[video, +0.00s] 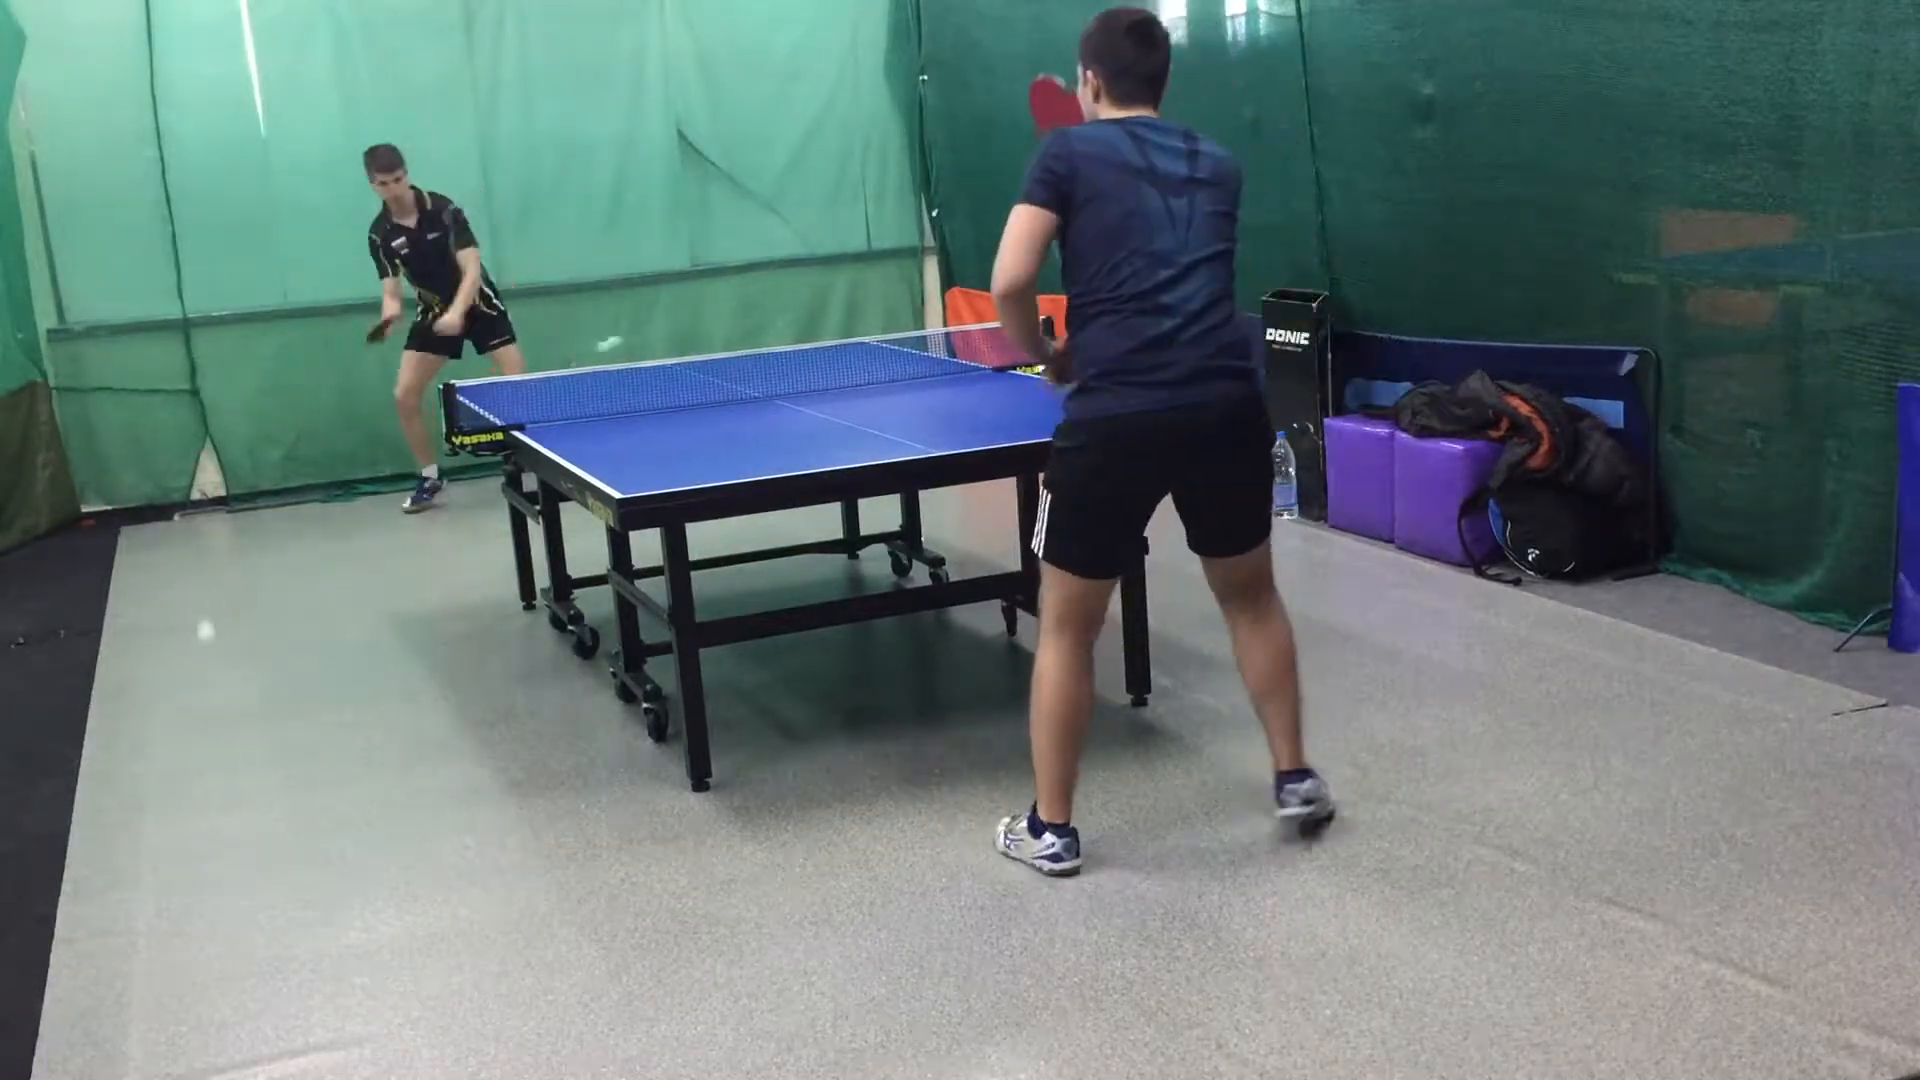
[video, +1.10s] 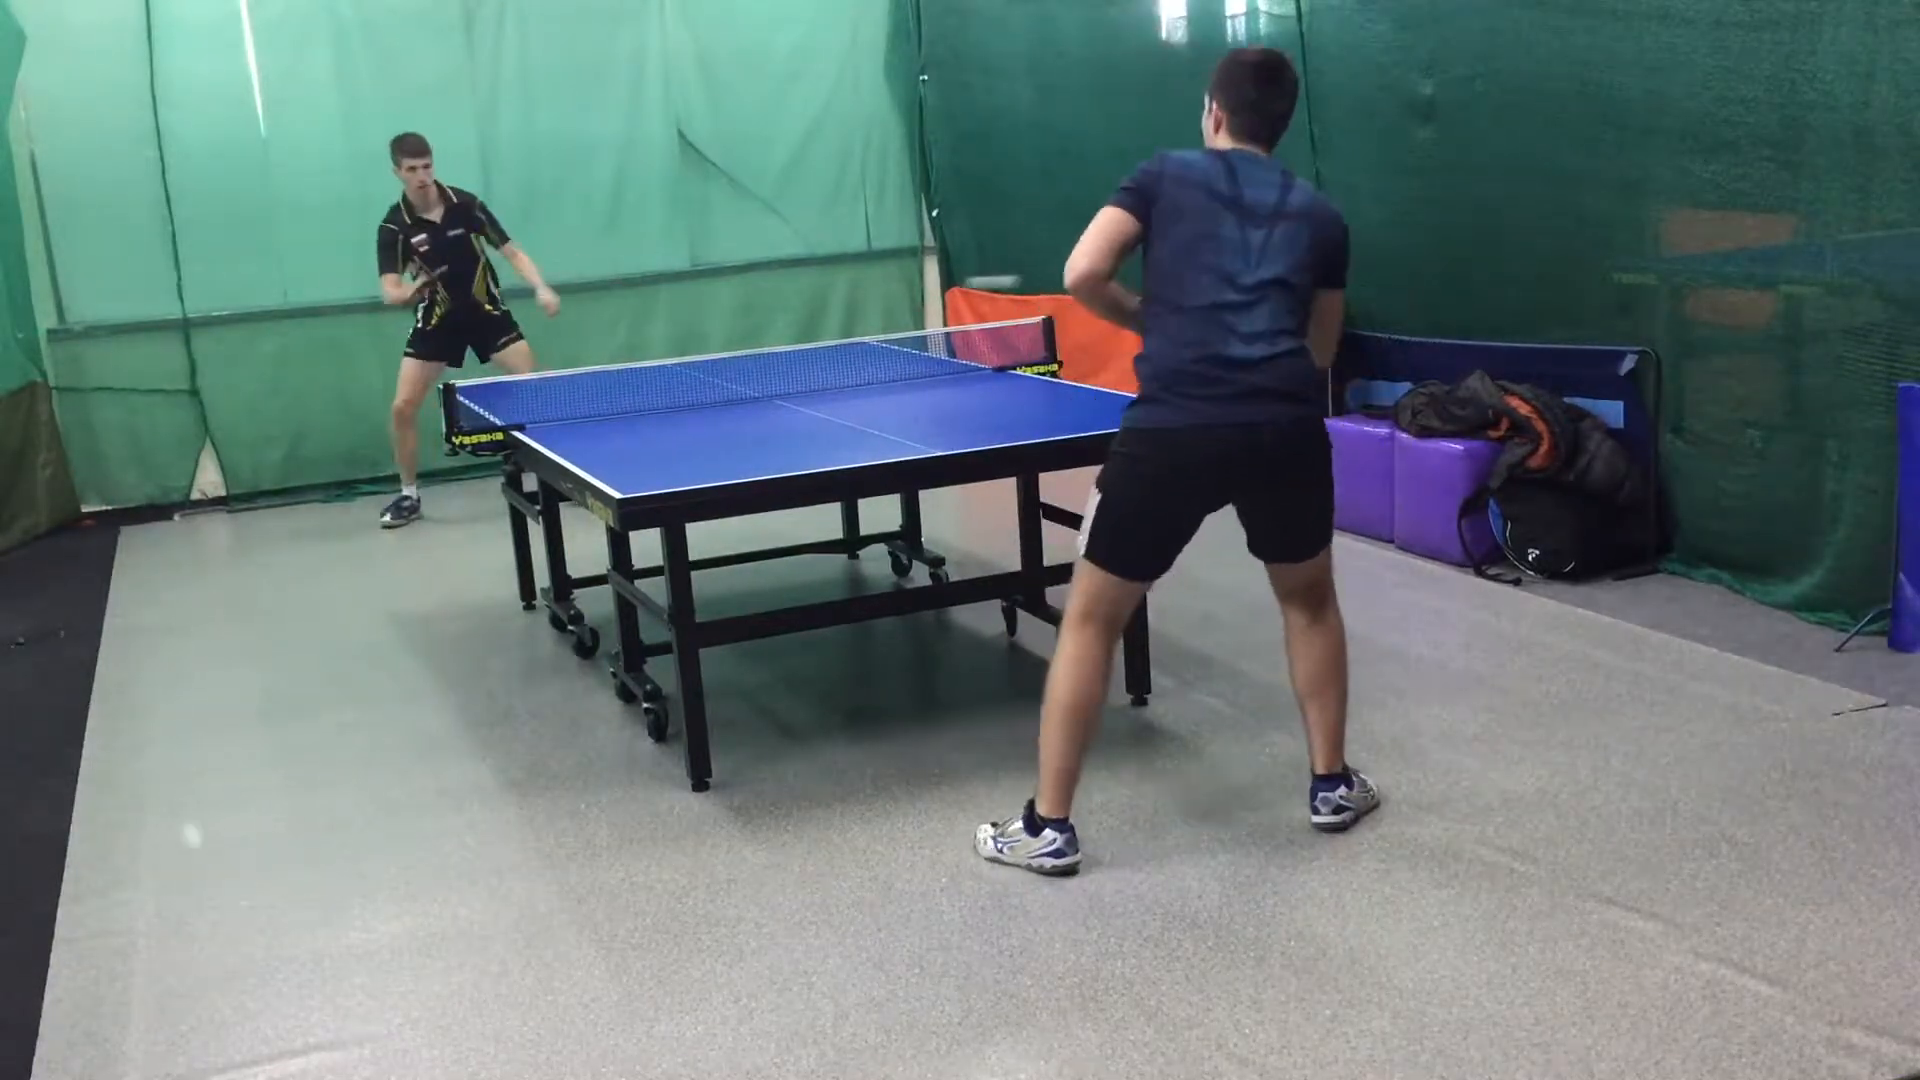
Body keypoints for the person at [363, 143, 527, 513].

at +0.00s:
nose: (392, 189)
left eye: (397, 180)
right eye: (383, 183)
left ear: (407, 174)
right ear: (372, 185)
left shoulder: (443, 210)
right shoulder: (380, 233)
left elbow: (473, 268)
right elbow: (391, 292)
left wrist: (456, 312)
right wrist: (389, 315)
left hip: (477, 301)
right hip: (434, 310)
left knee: (518, 386)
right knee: (406, 396)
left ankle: (527, 467)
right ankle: (431, 478)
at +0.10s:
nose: (376, 217)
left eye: (380, 207)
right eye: (367, 212)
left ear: (389, 199)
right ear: (357, 212)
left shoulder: (427, 233)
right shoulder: (377, 255)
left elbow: (442, 296)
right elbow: (389, 318)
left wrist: (410, 339)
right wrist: (367, 360)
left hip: (483, 316)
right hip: (441, 322)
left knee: (518, 392)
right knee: (405, 397)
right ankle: (428, 489)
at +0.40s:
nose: (349, 259)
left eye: (351, 248)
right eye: (340, 254)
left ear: (367, 237)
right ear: (336, 254)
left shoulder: (405, 260)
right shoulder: (374, 289)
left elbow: (458, 276)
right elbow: (402, 349)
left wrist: (436, 312)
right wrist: (383, 389)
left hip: (487, 352)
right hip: (439, 355)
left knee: (512, 420)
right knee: (395, 416)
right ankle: (429, 490)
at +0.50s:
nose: (355, 236)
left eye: (357, 226)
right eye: (347, 231)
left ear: (374, 215)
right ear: (344, 233)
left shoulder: (420, 235)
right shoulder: (367, 277)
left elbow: (484, 246)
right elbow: (375, 334)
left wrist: (466, 260)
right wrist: (349, 334)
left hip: (480, 334)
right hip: (434, 348)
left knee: (530, 393)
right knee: (403, 423)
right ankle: (429, 490)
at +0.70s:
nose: (398, 179)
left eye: (403, 170)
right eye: (390, 174)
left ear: (418, 167)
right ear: (381, 177)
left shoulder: (453, 200)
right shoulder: (387, 223)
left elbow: (512, 219)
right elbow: (392, 267)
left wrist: (544, 212)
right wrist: (405, 216)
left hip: (481, 322)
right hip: (431, 335)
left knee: (534, 388)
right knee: (417, 422)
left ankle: (536, 470)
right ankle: (420, 486)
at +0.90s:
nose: (443, 174)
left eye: (447, 165)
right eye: (434, 168)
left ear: (454, 165)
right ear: (419, 171)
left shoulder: (483, 205)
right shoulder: (415, 223)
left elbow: (532, 242)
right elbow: (413, 292)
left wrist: (569, 252)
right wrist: (434, 261)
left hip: (493, 319)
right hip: (443, 328)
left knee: (547, 385)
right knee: (420, 417)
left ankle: (527, 472)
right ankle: (397, 496)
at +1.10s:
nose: (422, 176)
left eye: (426, 167)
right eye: (413, 170)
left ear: (434, 164)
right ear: (398, 173)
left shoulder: (465, 204)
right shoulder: (395, 225)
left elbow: (512, 253)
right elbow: (390, 292)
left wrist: (541, 287)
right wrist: (416, 287)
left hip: (486, 312)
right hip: (437, 320)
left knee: (532, 384)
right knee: (403, 407)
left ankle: (540, 476)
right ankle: (409, 495)